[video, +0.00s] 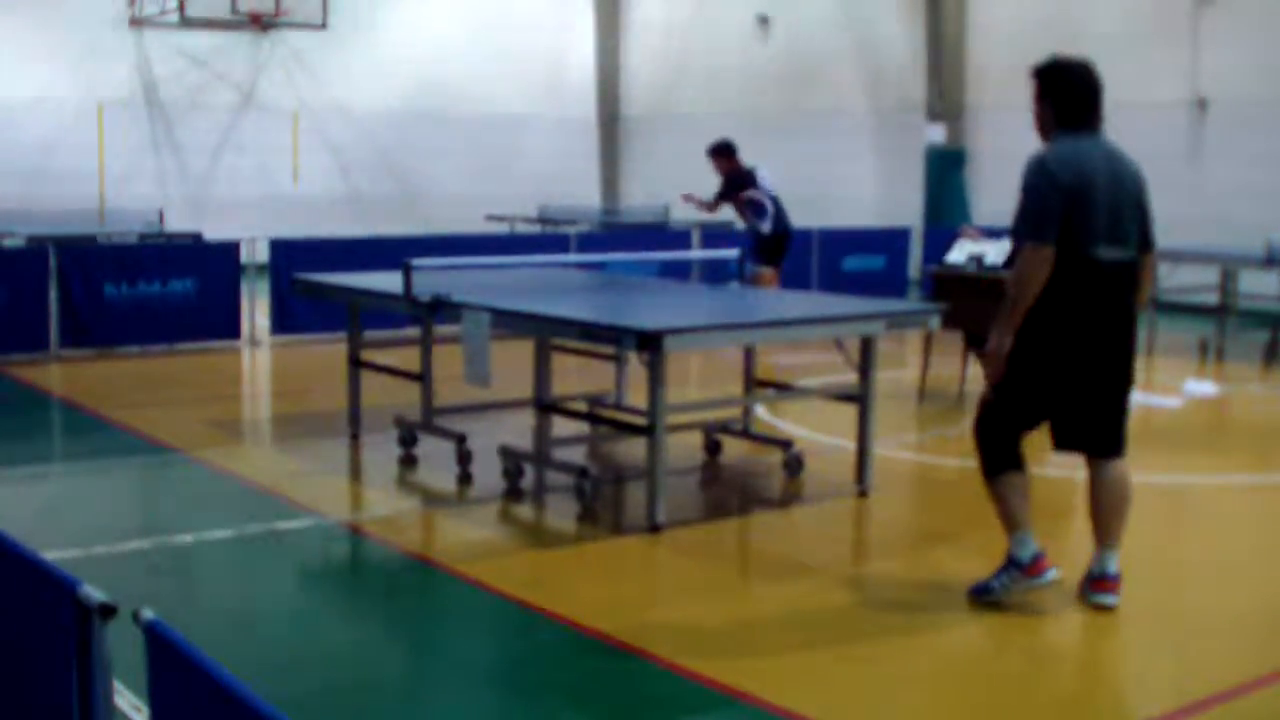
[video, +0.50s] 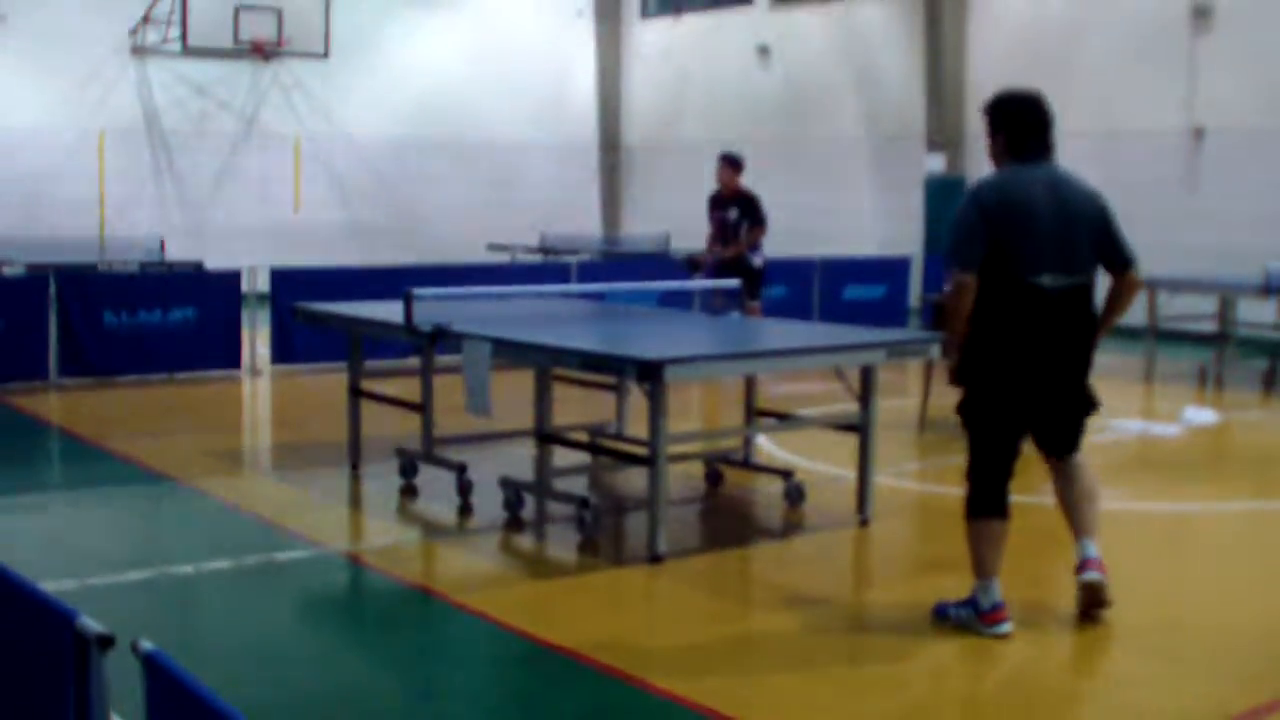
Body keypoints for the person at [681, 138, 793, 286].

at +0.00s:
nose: (716, 168)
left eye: (717, 162)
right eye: (715, 163)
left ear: (726, 160)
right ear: (733, 158)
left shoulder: (734, 179)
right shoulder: (746, 174)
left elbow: (713, 206)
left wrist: (695, 201)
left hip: (770, 232)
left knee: (763, 276)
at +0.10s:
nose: (718, 159)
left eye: (720, 154)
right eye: (717, 154)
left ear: (731, 154)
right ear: (733, 154)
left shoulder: (740, 174)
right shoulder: (742, 172)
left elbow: (718, 201)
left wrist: (698, 196)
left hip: (767, 229)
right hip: (757, 228)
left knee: (763, 279)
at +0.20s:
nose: (722, 153)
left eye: (726, 148)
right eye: (723, 147)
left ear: (736, 149)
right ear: (738, 149)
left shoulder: (746, 171)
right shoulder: (736, 171)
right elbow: (737, 201)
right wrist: (709, 205)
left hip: (762, 232)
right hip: (750, 230)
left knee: (761, 281)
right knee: (751, 279)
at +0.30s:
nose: (725, 165)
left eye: (729, 160)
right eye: (726, 160)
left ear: (740, 162)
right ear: (728, 161)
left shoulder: (750, 186)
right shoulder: (729, 186)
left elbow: (758, 216)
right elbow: (734, 217)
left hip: (759, 244)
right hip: (744, 244)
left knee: (758, 294)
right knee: (748, 293)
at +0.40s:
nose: (724, 168)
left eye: (729, 163)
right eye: (724, 162)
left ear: (740, 166)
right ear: (723, 165)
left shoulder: (750, 192)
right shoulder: (722, 191)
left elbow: (755, 226)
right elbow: (724, 221)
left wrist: (729, 241)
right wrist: (718, 241)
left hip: (753, 247)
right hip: (730, 247)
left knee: (755, 299)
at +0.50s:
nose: (720, 174)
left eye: (725, 170)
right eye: (720, 169)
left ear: (735, 173)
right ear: (718, 171)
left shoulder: (748, 199)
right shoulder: (715, 199)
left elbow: (758, 230)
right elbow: (715, 228)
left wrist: (733, 250)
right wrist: (710, 250)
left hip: (746, 255)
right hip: (721, 253)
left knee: (750, 303)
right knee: (716, 298)